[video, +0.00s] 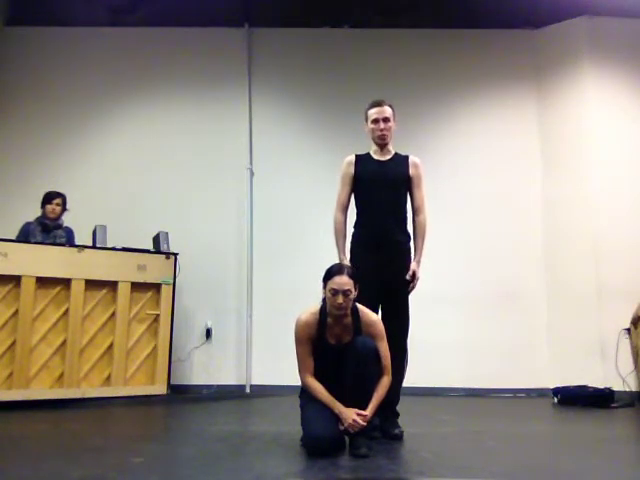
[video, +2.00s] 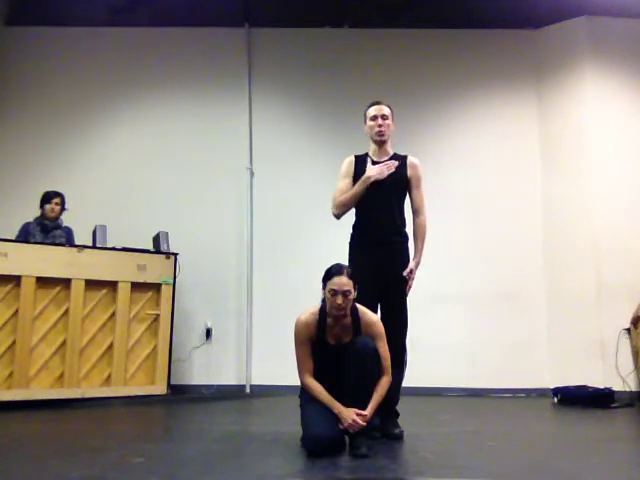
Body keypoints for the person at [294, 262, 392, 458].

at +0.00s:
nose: (340, 301)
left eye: (347, 294)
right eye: (334, 293)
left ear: (355, 293)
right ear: (324, 292)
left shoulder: (371, 322)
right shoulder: (307, 323)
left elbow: (386, 374)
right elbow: (307, 377)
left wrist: (366, 415)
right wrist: (342, 411)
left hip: (356, 393)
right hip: (321, 393)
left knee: (365, 347)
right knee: (321, 445)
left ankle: (360, 432)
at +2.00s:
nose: (339, 301)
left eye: (346, 294)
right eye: (333, 294)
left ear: (354, 294)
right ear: (324, 292)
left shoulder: (371, 323)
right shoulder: (306, 324)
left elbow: (386, 375)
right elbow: (306, 378)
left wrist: (367, 413)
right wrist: (341, 411)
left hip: (355, 392)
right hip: (320, 392)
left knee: (365, 347)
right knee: (321, 445)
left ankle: (359, 432)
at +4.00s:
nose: (340, 302)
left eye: (347, 295)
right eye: (334, 295)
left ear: (356, 294)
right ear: (325, 292)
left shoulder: (371, 323)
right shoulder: (307, 323)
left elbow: (387, 375)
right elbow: (306, 378)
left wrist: (366, 413)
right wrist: (341, 411)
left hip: (356, 393)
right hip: (321, 394)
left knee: (365, 347)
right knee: (322, 444)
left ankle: (360, 433)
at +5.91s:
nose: (339, 304)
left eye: (346, 297)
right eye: (333, 296)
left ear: (354, 295)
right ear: (323, 293)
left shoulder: (369, 323)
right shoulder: (306, 324)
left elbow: (391, 377)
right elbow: (306, 378)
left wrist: (362, 414)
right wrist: (338, 413)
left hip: (355, 392)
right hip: (320, 394)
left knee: (365, 347)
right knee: (321, 444)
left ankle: (360, 433)